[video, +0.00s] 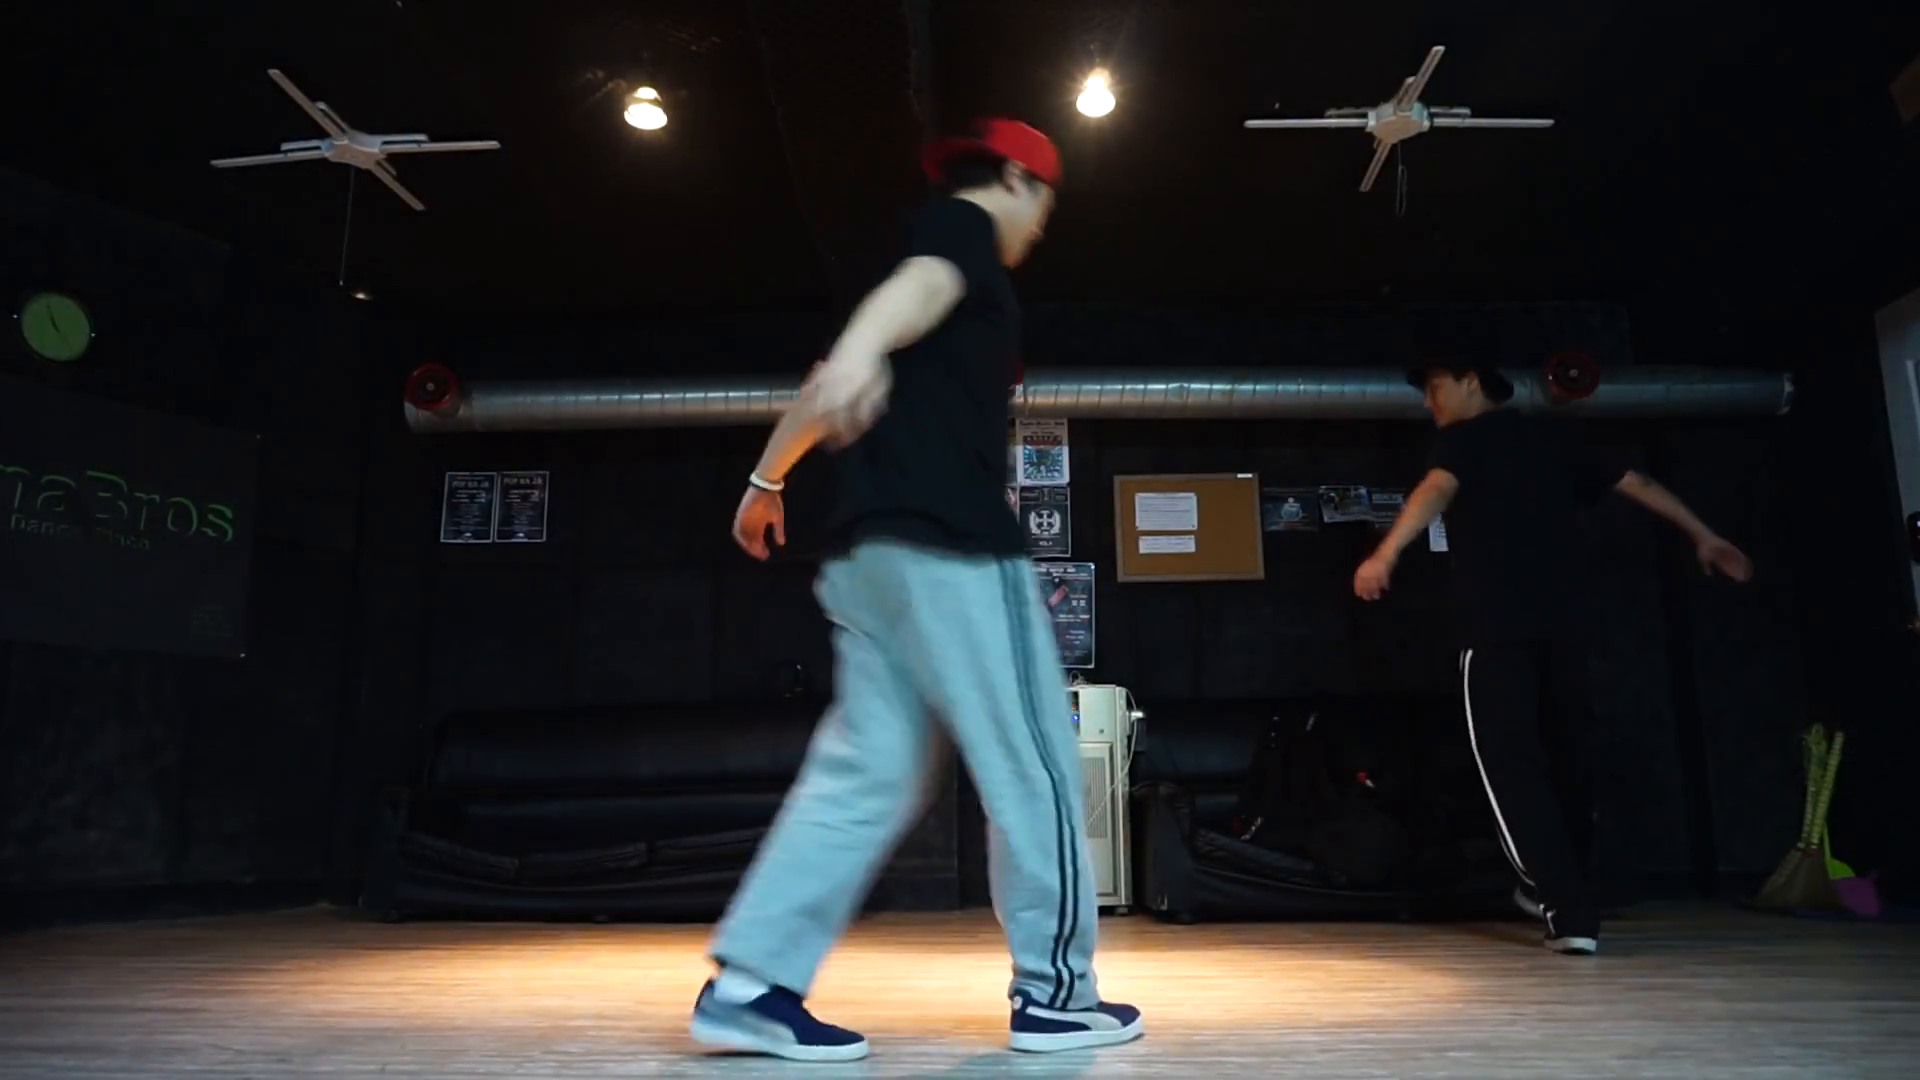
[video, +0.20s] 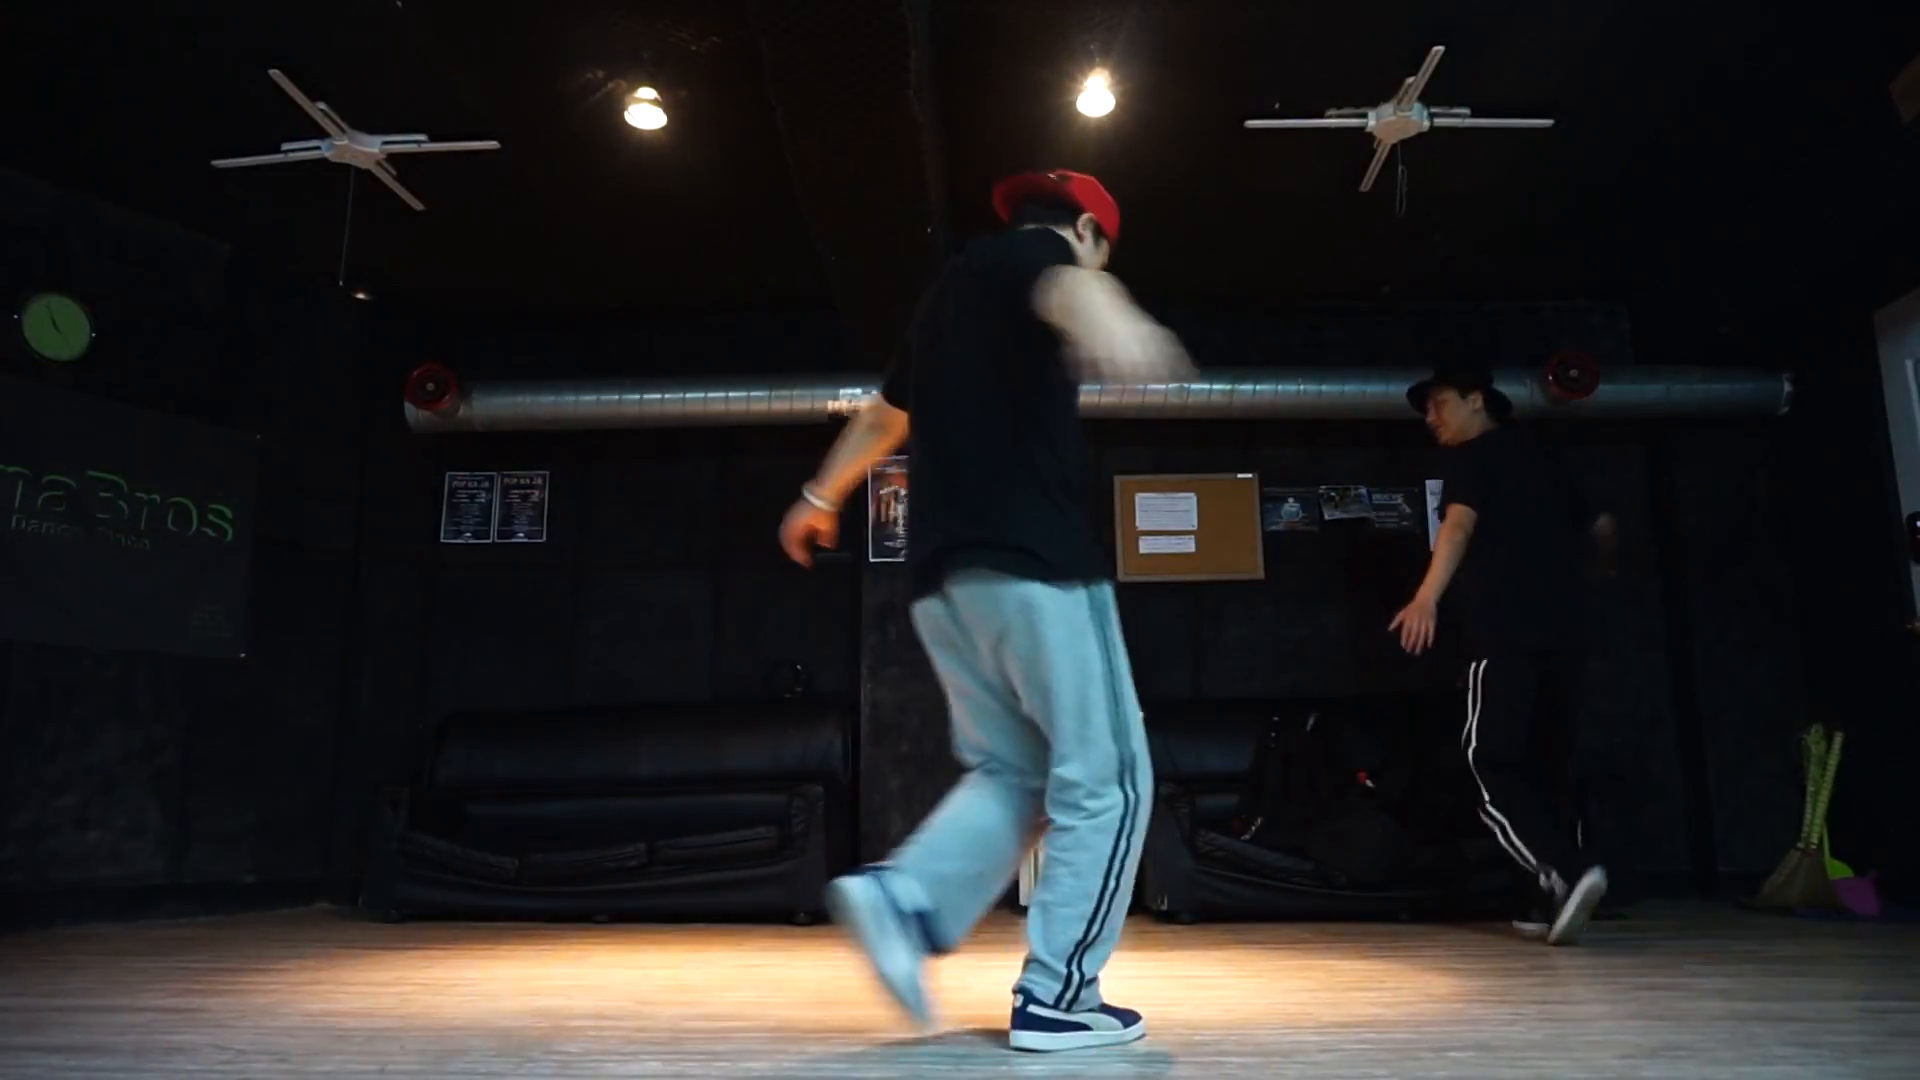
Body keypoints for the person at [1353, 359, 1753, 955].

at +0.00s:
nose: (1432, 406)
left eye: (1435, 390)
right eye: (1429, 394)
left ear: (1468, 381)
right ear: (1484, 382)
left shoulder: (1463, 439)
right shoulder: (1551, 435)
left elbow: (1436, 488)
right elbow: (1635, 484)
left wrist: (1384, 554)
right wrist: (1703, 536)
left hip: (1494, 629)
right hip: (1563, 624)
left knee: (1508, 765)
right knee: (1562, 752)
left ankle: (1571, 916)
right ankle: (1557, 892)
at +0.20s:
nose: (1433, 419)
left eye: (1441, 406)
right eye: (1430, 409)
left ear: (1476, 401)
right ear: (1482, 407)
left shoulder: (1474, 457)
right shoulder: (1538, 452)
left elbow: (1458, 526)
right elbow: (1600, 525)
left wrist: (1425, 598)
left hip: (1501, 626)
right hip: (1554, 621)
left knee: (1486, 764)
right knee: (1549, 756)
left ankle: (1566, 875)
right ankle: (1552, 902)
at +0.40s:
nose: (1445, 403)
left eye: (1456, 391)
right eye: (1440, 395)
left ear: (1490, 394)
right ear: (1438, 404)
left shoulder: (1494, 453)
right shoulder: (1503, 453)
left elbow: (1451, 532)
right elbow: (1490, 553)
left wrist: (1378, 587)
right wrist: (1429, 554)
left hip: (1502, 629)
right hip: (1517, 624)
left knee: (1468, 759)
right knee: (1523, 754)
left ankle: (1545, 880)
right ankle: (1563, 892)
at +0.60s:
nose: (1444, 407)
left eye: (1457, 396)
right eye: (1437, 399)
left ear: (1488, 403)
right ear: (1433, 411)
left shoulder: (1497, 457)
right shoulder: (1470, 469)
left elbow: (1444, 535)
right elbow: (1432, 554)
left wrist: (1358, 551)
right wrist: (1357, 552)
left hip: (1514, 633)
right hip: (1500, 632)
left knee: (1488, 765)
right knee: (1531, 761)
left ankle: (1476, 900)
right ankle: (1554, 896)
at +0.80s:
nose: (1439, 406)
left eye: (1451, 397)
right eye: (1430, 399)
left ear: (1476, 407)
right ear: (1420, 414)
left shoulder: (1495, 466)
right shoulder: (1431, 483)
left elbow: (1476, 551)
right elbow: (1414, 551)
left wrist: (1441, 627)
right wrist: (1389, 600)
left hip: (1493, 635)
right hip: (1450, 633)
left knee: (1482, 766)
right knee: (1463, 763)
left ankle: (1479, 900)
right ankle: (1537, 867)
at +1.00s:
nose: (1438, 393)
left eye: (1450, 385)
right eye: (1427, 385)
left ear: (1470, 401)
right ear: (1410, 402)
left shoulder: (1496, 463)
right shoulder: (1405, 480)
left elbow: (1548, 534)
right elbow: (1399, 564)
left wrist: (1595, 608)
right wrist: (1389, 639)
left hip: (1481, 639)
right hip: (1420, 644)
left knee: (1480, 770)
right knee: (1422, 764)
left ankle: (1478, 900)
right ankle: (1452, 883)